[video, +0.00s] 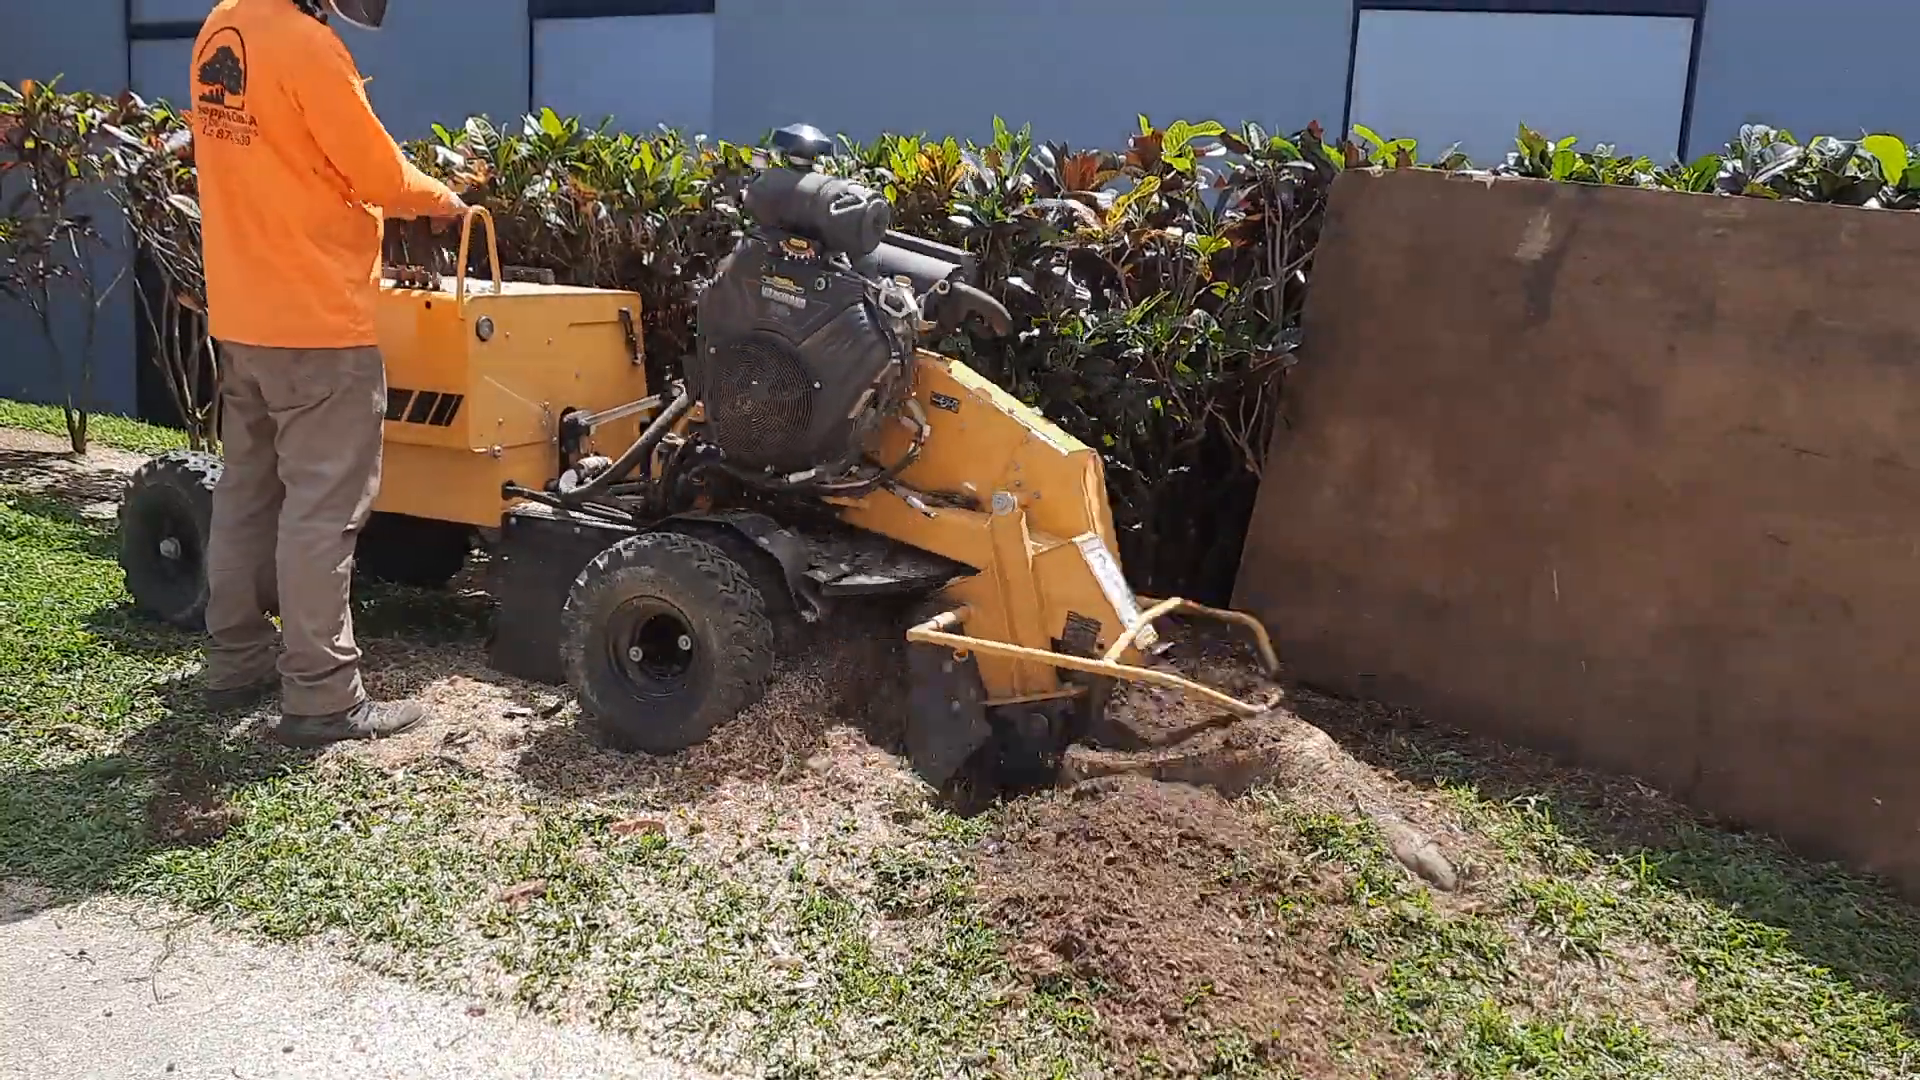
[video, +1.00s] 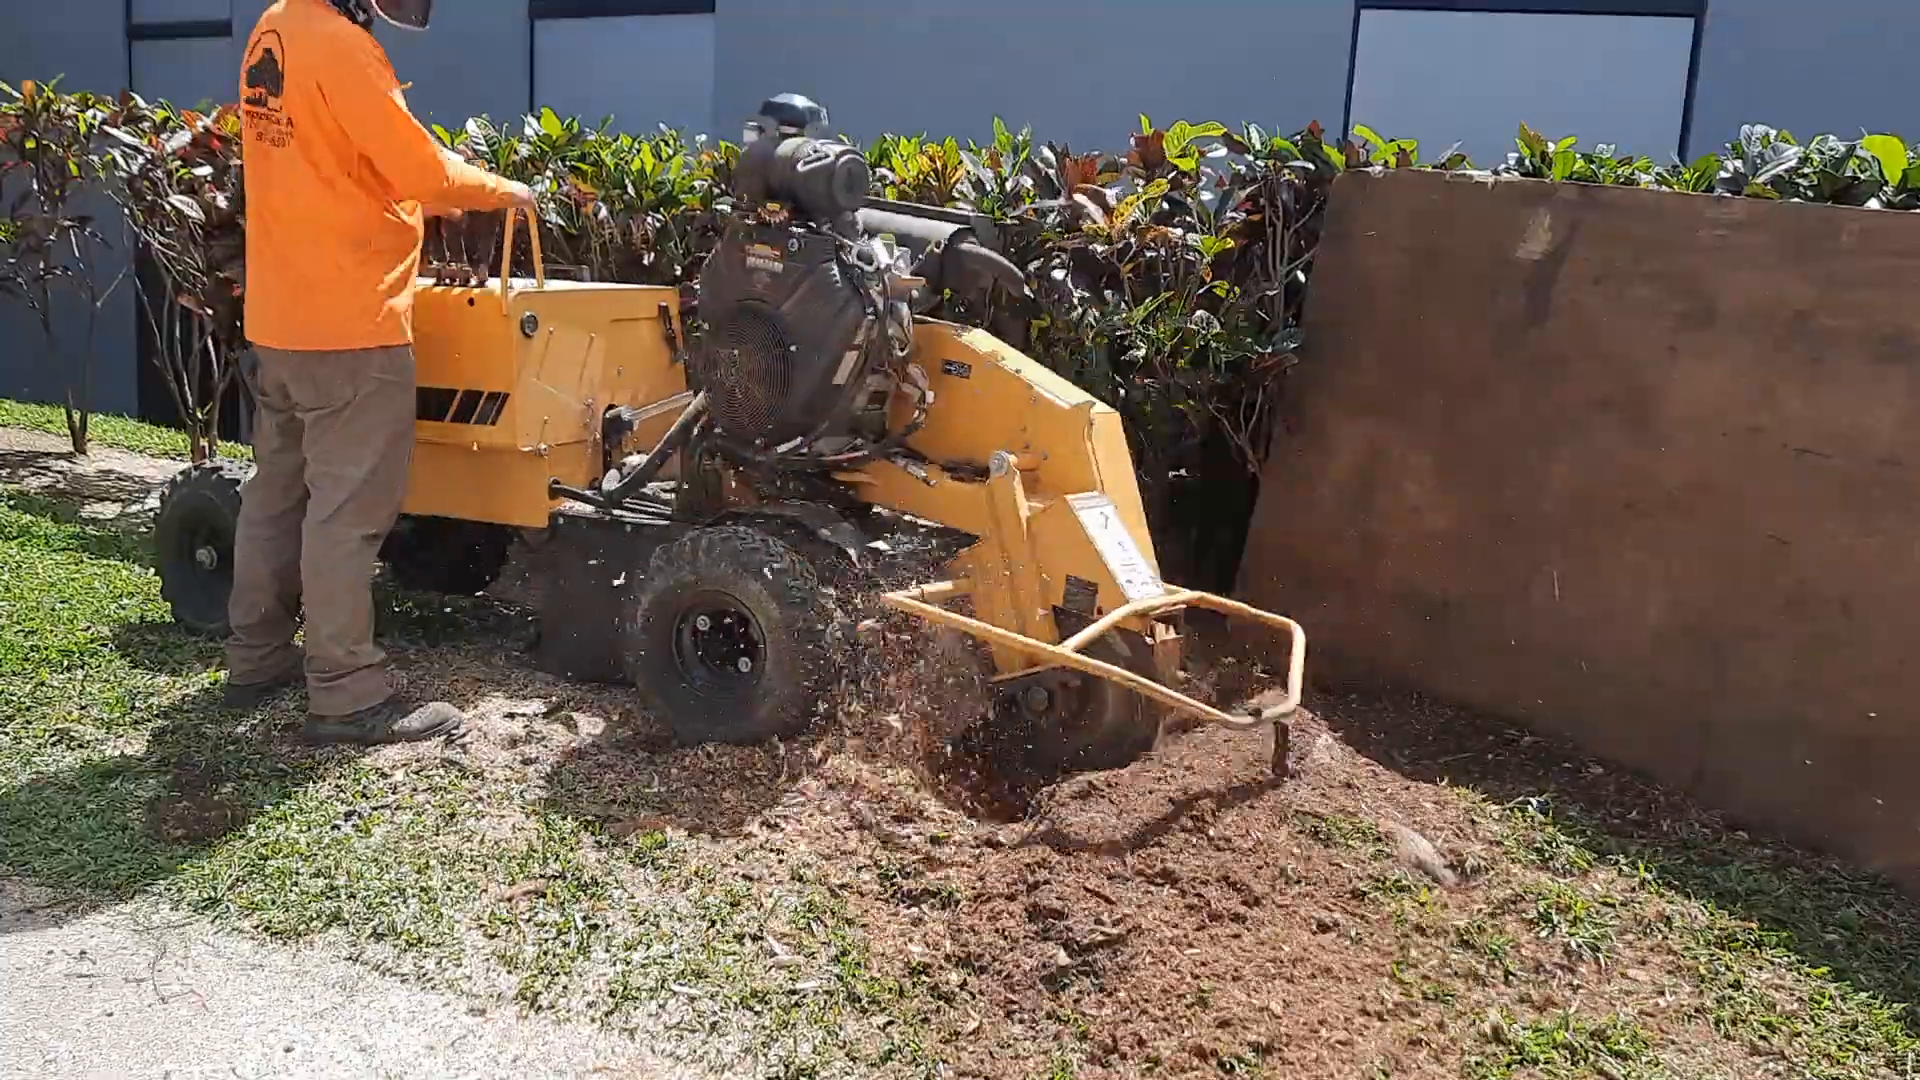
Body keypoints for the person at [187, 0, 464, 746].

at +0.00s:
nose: (373, 11)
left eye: (370, 6)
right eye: (367, 3)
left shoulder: (220, 25)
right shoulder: (312, 48)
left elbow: (282, 159)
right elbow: (380, 174)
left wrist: (395, 195)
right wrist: (441, 200)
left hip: (239, 320)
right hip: (319, 325)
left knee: (246, 493)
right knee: (324, 504)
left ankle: (238, 662)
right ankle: (321, 696)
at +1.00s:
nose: (409, 13)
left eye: (409, 7)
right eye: (407, 3)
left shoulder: (274, 27)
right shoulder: (346, 49)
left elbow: (344, 159)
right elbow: (422, 173)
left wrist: (449, 174)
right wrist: (499, 191)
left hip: (279, 323)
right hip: (352, 328)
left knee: (276, 495)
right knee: (349, 509)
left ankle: (256, 658)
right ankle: (345, 693)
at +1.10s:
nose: (416, 12)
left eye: (416, 7)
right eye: (413, 4)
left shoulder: (279, 25)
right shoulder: (345, 48)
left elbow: (342, 162)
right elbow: (413, 183)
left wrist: (444, 188)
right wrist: (472, 191)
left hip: (314, 311)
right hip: (357, 318)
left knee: (375, 482)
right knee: (344, 502)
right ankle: (323, 695)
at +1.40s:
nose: (400, 13)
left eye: (402, 6)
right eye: (399, 2)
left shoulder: (274, 23)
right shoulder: (331, 51)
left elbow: (346, 165)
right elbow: (408, 180)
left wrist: (437, 191)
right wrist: (472, 185)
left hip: (307, 317)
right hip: (351, 324)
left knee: (368, 489)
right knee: (342, 509)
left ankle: (412, 633)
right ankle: (322, 695)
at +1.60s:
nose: (434, 26)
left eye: (440, 19)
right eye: (435, 16)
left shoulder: (335, 24)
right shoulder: (362, 44)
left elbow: (373, 158)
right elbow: (422, 189)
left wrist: (450, 180)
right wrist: (476, 193)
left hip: (318, 287)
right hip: (360, 280)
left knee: (323, 488)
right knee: (549, 333)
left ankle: (294, 666)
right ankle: (617, 520)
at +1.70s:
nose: (435, 14)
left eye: (435, 8)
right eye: (431, 5)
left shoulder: (339, 30)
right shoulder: (342, 39)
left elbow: (390, 168)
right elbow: (406, 182)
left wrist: (482, 189)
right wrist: (498, 196)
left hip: (329, 288)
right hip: (360, 280)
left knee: (329, 486)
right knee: (547, 326)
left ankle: (298, 665)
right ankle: (650, 510)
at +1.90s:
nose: (479, 8)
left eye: (480, 4)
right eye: (474, 2)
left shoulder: (315, 25)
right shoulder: (437, 61)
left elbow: (297, 153)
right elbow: (501, 196)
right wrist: (529, 194)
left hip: (334, 315)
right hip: (411, 327)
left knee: (351, 491)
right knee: (398, 515)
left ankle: (302, 666)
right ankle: (373, 707)